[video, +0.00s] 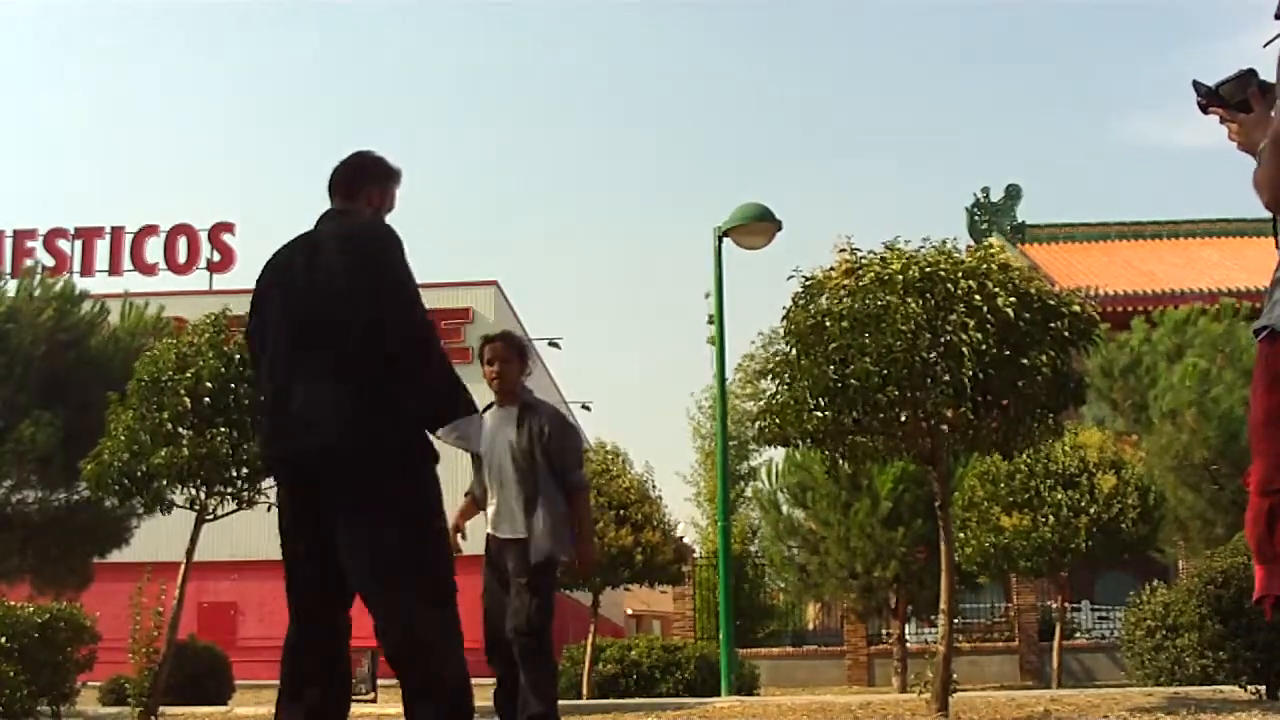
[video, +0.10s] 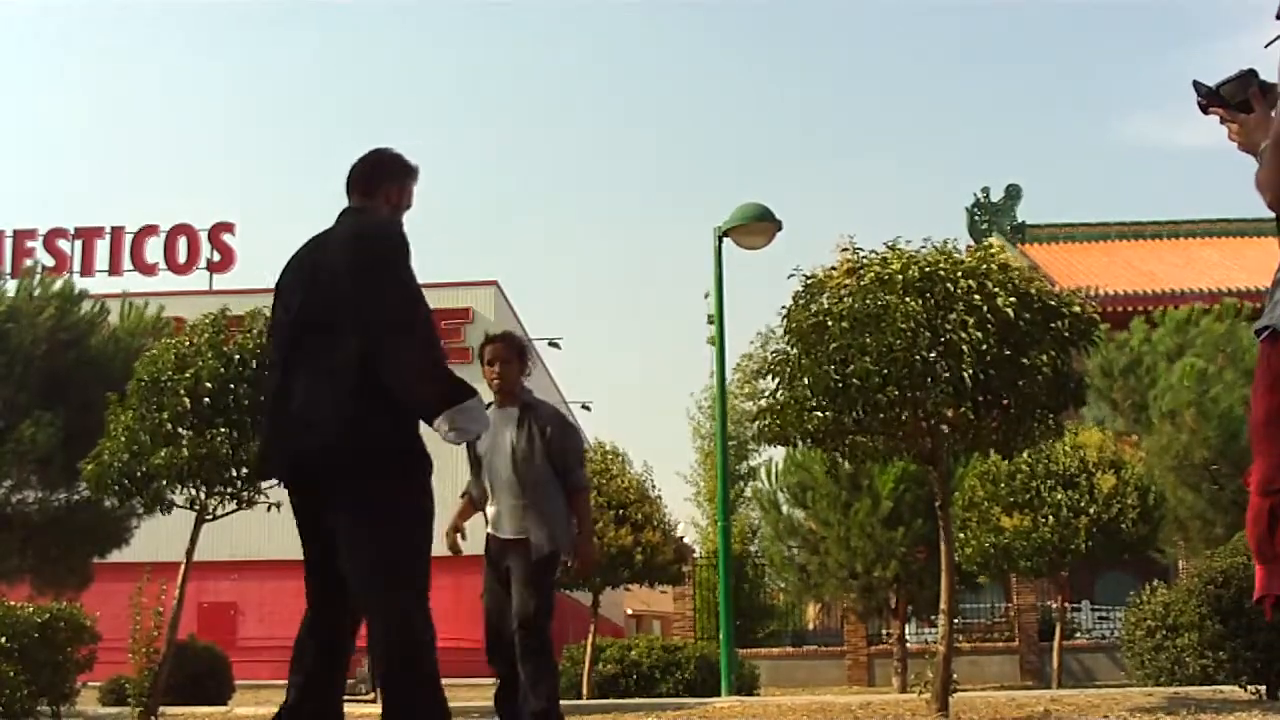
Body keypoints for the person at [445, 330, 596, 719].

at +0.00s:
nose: (495, 370)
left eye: (503, 361)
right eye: (488, 363)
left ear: (523, 365)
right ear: (483, 370)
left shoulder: (550, 421)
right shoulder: (486, 423)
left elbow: (577, 486)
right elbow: (482, 487)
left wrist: (585, 542)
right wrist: (458, 518)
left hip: (537, 544)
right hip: (497, 542)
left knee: (527, 635)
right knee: (498, 640)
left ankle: (540, 713)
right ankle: (509, 713)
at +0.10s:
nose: (496, 370)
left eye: (505, 362)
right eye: (489, 363)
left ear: (524, 366)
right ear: (482, 371)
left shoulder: (552, 421)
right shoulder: (481, 425)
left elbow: (578, 484)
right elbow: (480, 484)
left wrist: (586, 537)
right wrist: (456, 519)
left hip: (537, 543)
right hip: (497, 542)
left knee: (529, 634)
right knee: (498, 638)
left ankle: (542, 712)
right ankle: (511, 712)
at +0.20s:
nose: (498, 371)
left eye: (506, 363)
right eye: (491, 364)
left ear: (524, 367)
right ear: (483, 372)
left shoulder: (553, 422)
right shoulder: (480, 428)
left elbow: (579, 485)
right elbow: (479, 489)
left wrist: (585, 537)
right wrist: (456, 517)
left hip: (539, 541)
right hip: (499, 541)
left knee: (532, 634)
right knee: (500, 637)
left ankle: (555, 712)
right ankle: (514, 712)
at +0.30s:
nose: (500, 372)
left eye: (509, 363)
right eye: (493, 365)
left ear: (527, 367)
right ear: (486, 373)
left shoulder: (551, 421)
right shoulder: (483, 427)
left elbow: (580, 487)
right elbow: (483, 488)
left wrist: (585, 540)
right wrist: (458, 513)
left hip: (542, 544)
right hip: (502, 544)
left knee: (543, 639)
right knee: (502, 647)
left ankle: (565, 713)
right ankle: (518, 715)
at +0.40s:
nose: (504, 373)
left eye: (512, 365)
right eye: (498, 366)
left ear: (531, 369)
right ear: (491, 373)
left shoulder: (557, 426)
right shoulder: (489, 428)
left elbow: (585, 491)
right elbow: (485, 493)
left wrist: (591, 543)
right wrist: (457, 516)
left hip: (547, 547)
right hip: (505, 548)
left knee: (549, 645)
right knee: (504, 651)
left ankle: (572, 713)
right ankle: (518, 715)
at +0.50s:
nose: (504, 369)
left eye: (512, 361)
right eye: (499, 363)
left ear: (534, 366)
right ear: (495, 370)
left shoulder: (561, 423)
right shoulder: (494, 425)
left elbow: (585, 488)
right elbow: (494, 488)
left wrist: (593, 542)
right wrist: (467, 513)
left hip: (552, 542)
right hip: (510, 542)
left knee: (547, 632)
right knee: (509, 638)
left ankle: (572, 712)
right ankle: (518, 713)